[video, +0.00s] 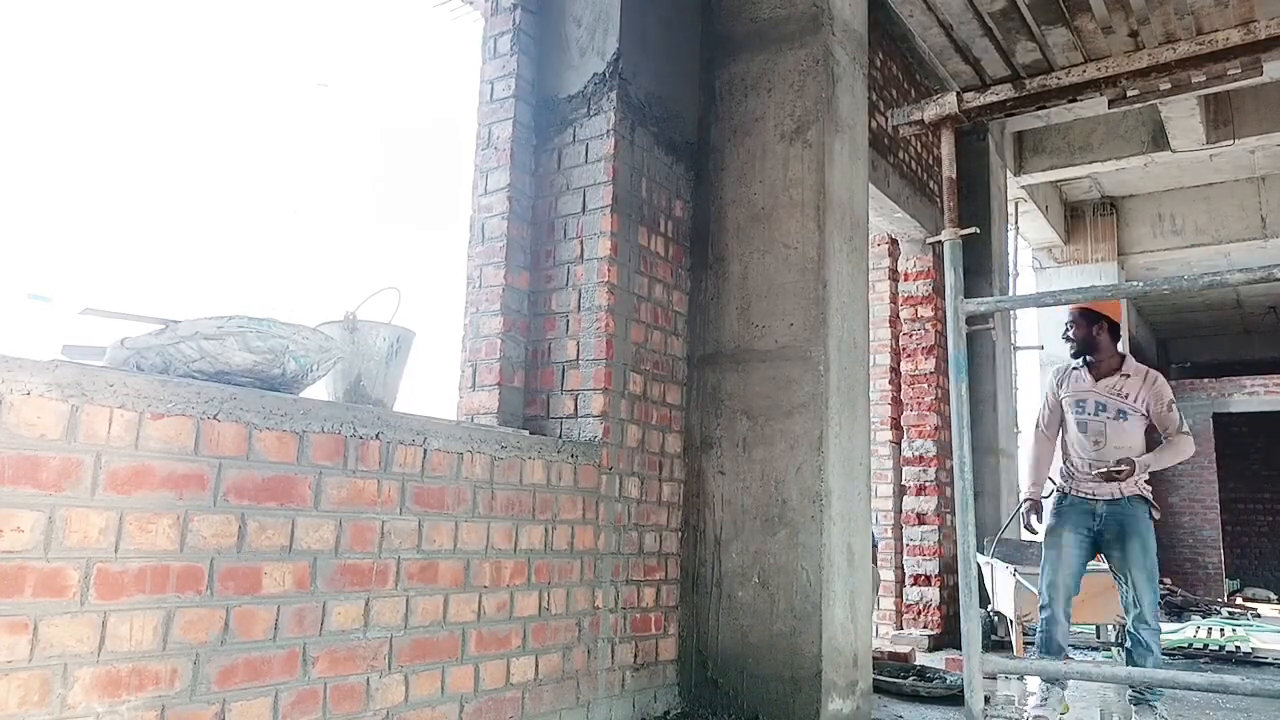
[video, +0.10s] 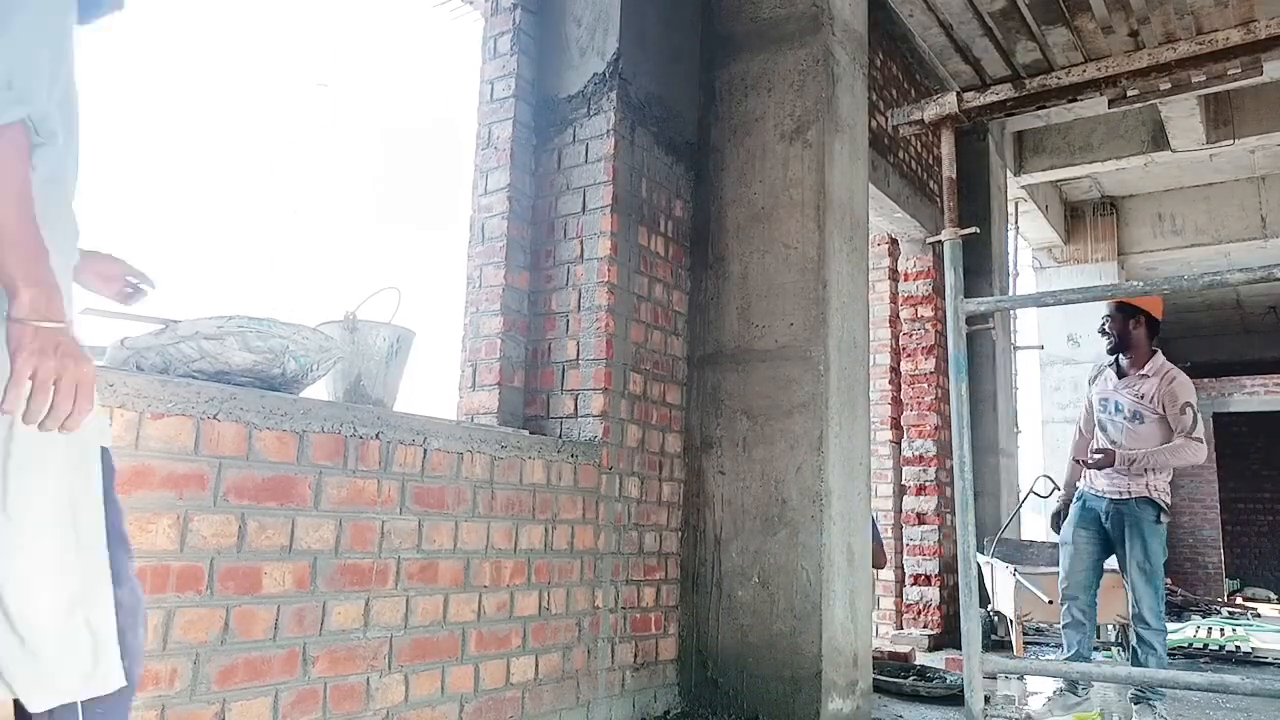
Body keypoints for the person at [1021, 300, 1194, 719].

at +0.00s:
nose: (1066, 333)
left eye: (1073, 325)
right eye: (1067, 325)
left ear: (1101, 328)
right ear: (1092, 330)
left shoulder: (1149, 382)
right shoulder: (1064, 379)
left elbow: (1184, 442)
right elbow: (1044, 436)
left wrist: (1142, 463)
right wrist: (1031, 492)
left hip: (1128, 505)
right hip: (1071, 503)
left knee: (1143, 606)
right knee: (1054, 598)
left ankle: (1145, 703)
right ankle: (1049, 693)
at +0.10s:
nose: (1104, 327)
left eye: (1112, 319)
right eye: (1105, 319)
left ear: (1139, 324)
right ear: (1129, 325)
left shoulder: (1172, 381)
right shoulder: (1101, 379)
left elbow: (1195, 448)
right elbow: (1083, 438)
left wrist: (1122, 457)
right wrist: (1065, 495)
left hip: (1139, 503)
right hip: (1089, 499)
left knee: (1145, 606)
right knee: (1074, 591)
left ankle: (1148, 699)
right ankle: (1075, 687)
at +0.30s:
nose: (1181, 308)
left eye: (1190, 300)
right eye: (1169, 298)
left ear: (1199, 309)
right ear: (1147, 305)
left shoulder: (1206, 375)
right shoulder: (1126, 361)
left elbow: (1211, 433)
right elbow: (1113, 430)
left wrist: (1222, 450)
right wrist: (1116, 502)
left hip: (1207, 509)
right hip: (1149, 508)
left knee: (1221, 616)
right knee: (1121, 614)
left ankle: (1213, 711)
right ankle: (1089, 703)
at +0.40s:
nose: (1278, 270)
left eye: (1278, 260)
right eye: (1273, 262)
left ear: (1272, 268)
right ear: (1258, 272)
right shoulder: (1237, 338)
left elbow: (1202, 412)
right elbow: (1201, 412)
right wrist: (1216, 479)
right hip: (1269, 489)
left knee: (1275, 605)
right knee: (1278, 602)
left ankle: (1267, 694)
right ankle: (1268, 696)